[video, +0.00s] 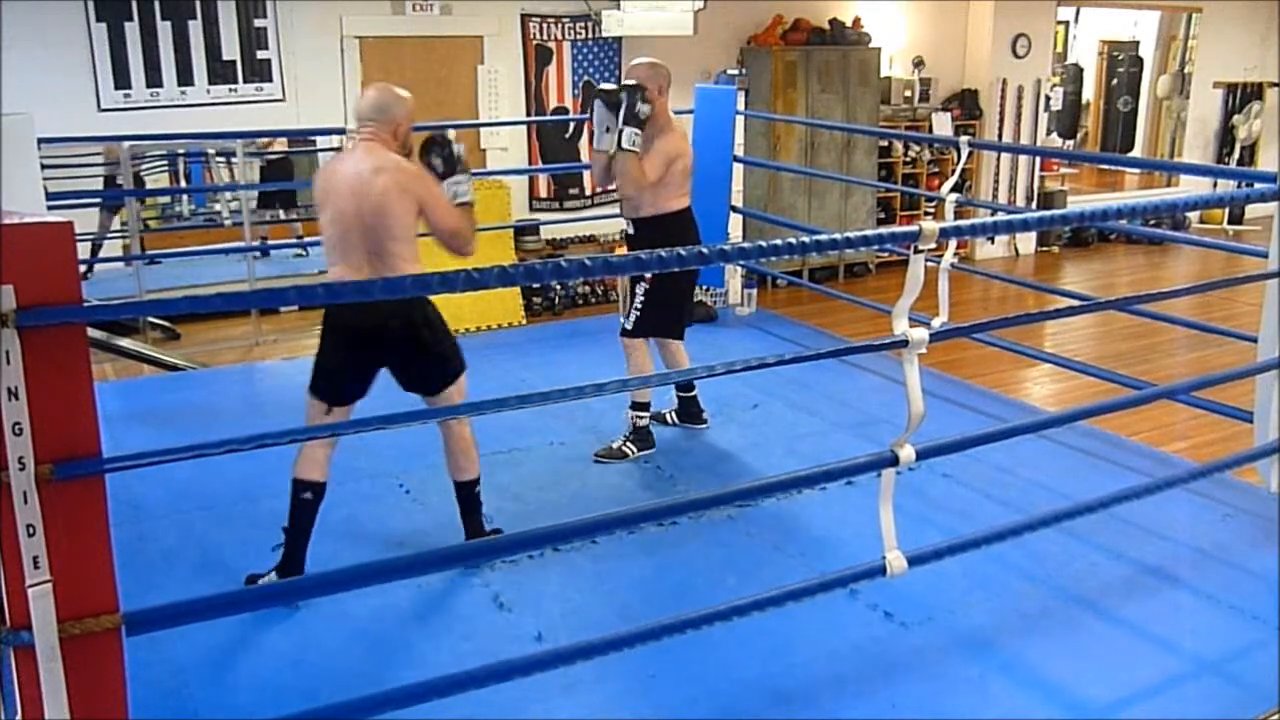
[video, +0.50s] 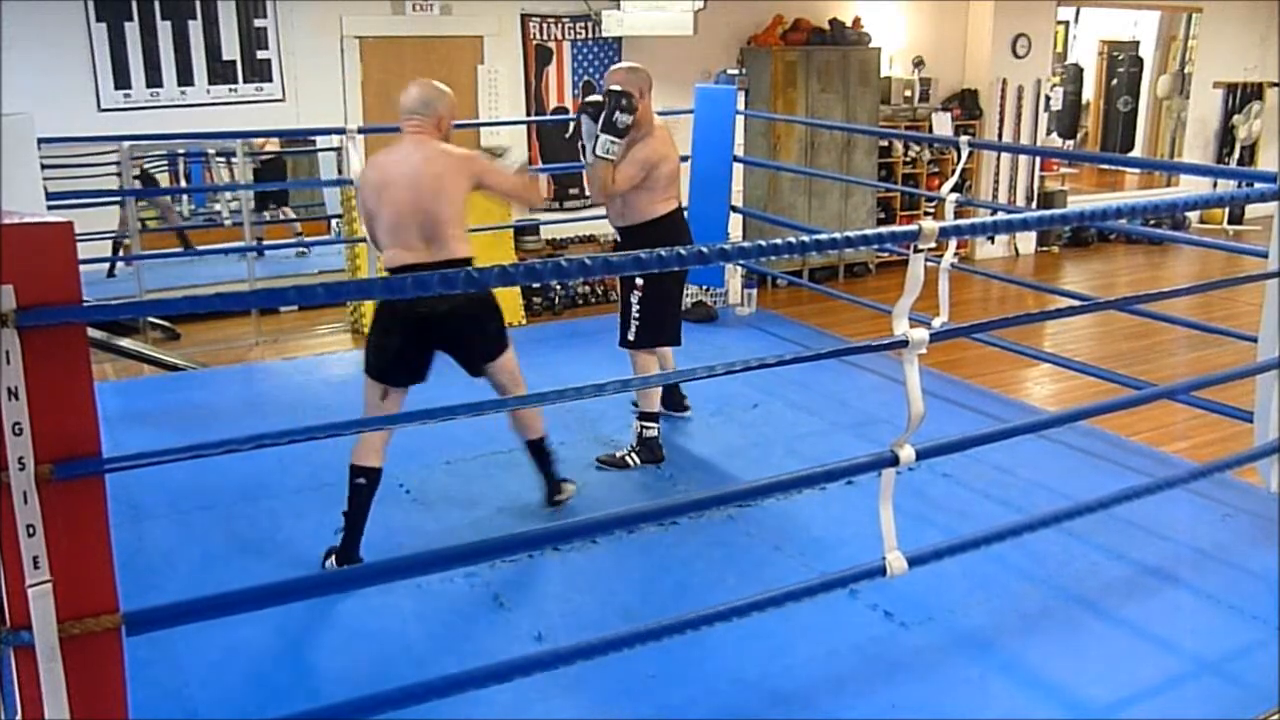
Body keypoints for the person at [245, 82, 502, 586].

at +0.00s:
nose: (411, 133)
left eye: (411, 127)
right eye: (410, 127)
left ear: (359, 124)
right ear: (397, 128)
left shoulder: (326, 174)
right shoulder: (407, 174)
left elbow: (368, 220)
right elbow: (462, 241)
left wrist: (418, 176)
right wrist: (455, 181)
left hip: (345, 318)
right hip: (406, 314)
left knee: (320, 432)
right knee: (453, 418)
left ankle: (292, 560)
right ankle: (476, 529)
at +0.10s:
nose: (427, 123)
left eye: (427, 116)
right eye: (426, 116)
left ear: (375, 111)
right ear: (417, 116)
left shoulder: (341, 157)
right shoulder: (422, 161)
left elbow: (347, 214)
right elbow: (472, 224)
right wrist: (466, 166)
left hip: (352, 305)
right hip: (413, 302)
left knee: (332, 421)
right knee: (448, 417)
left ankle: (319, 548)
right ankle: (474, 530)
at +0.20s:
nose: (431, 120)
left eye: (432, 114)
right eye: (432, 114)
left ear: (381, 105)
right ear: (421, 113)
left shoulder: (346, 154)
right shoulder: (427, 158)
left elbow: (375, 200)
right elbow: (472, 222)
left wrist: (419, 149)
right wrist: (464, 163)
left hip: (357, 298)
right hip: (417, 296)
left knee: (346, 419)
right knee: (449, 414)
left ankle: (345, 544)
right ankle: (473, 529)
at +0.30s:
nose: (432, 129)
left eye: (432, 122)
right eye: (432, 122)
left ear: (381, 115)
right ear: (419, 123)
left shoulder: (347, 163)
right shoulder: (424, 171)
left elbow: (372, 215)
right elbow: (472, 236)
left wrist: (421, 164)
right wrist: (454, 175)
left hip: (361, 308)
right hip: (421, 305)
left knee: (355, 422)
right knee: (476, 400)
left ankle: (347, 548)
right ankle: (475, 524)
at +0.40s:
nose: (439, 128)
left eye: (438, 121)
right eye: (437, 120)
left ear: (386, 120)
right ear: (422, 121)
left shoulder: (353, 169)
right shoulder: (434, 169)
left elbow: (370, 225)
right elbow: (484, 240)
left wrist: (436, 191)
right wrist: (480, 195)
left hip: (377, 307)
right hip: (439, 301)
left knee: (364, 420)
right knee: (495, 382)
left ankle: (346, 548)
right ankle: (504, 503)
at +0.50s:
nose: (455, 125)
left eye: (453, 119)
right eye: (453, 119)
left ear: (402, 119)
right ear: (442, 121)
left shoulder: (371, 171)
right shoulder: (461, 161)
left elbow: (375, 235)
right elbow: (532, 193)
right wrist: (536, 175)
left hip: (399, 302)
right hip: (462, 295)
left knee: (376, 423)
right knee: (514, 389)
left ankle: (349, 546)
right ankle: (552, 484)